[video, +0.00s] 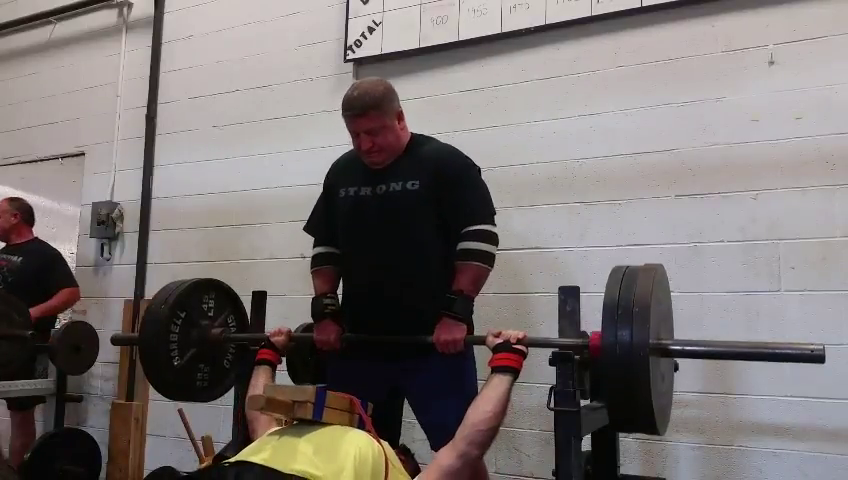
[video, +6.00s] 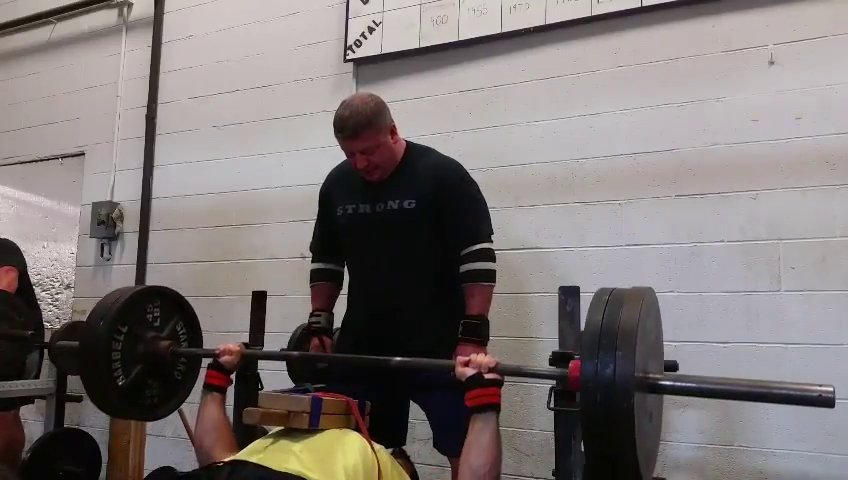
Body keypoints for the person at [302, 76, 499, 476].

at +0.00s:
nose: (366, 144)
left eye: (375, 133)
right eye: (356, 135)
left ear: (400, 120)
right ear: (348, 129)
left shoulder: (448, 166)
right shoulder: (342, 173)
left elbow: (479, 241)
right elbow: (326, 248)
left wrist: (456, 311)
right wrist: (325, 312)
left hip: (436, 341)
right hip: (360, 342)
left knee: (460, 456)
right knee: (356, 459)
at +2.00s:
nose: (369, 151)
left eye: (378, 140)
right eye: (360, 142)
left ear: (403, 127)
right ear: (352, 136)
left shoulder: (451, 177)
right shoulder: (345, 183)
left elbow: (486, 254)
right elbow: (328, 257)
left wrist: (486, 329)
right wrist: (316, 317)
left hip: (438, 345)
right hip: (365, 344)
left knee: (466, 455)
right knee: (367, 458)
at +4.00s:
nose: (361, 159)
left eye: (369, 148)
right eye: (351, 150)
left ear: (395, 131)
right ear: (342, 142)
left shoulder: (445, 177)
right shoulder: (338, 185)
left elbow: (478, 259)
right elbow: (325, 261)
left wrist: (474, 335)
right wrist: (315, 323)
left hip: (438, 339)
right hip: (365, 338)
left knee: (463, 450)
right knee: (367, 451)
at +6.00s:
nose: (360, 163)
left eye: (368, 152)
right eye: (351, 154)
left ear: (394, 134)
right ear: (341, 145)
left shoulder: (445, 178)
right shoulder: (338, 186)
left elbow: (478, 260)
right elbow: (327, 262)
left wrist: (473, 337)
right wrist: (319, 327)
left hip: (439, 341)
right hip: (366, 340)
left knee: (466, 451)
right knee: (367, 452)